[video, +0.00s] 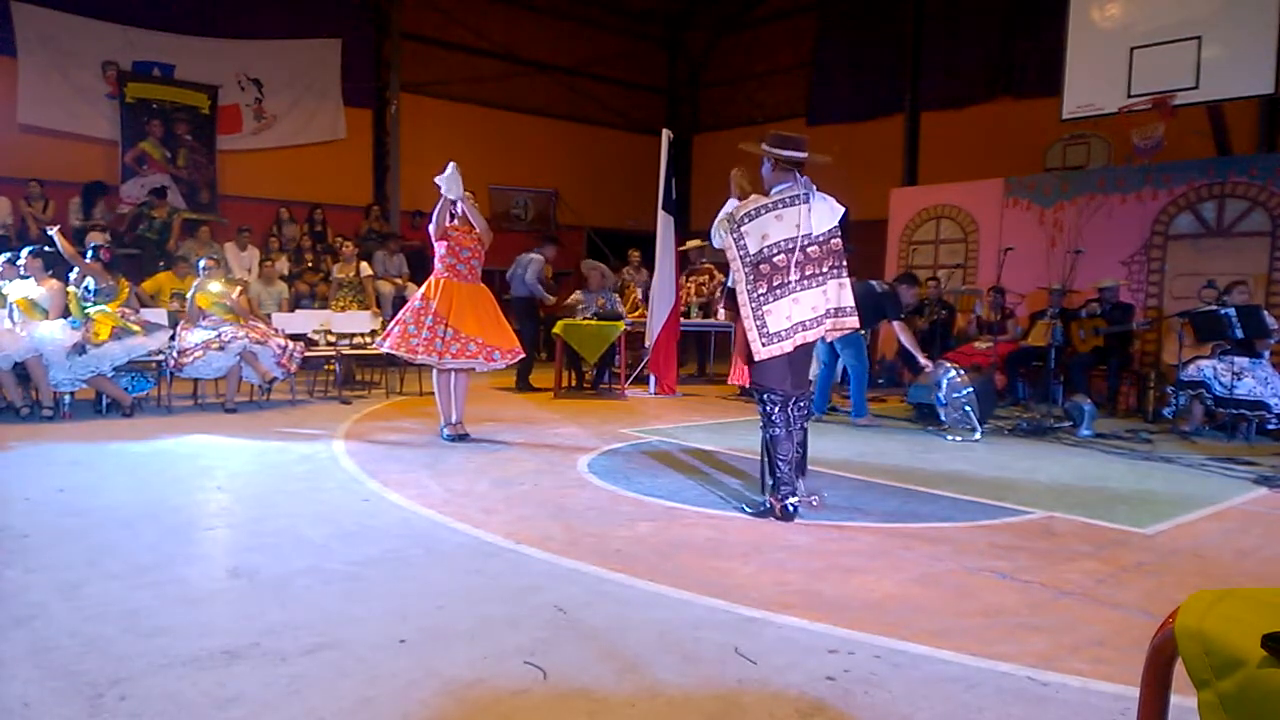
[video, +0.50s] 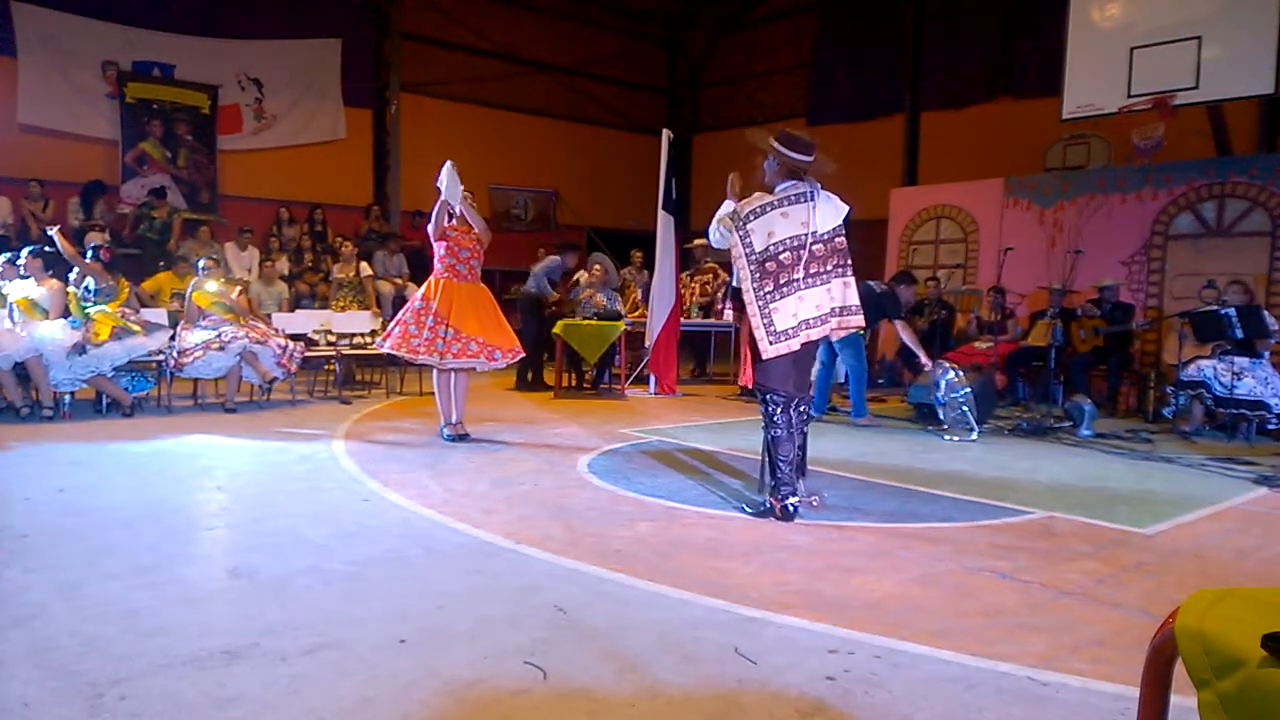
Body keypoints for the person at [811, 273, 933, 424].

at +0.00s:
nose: (913, 301)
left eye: (915, 296)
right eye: (913, 295)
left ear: (900, 285)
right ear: (903, 288)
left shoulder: (879, 286)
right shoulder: (891, 296)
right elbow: (900, 329)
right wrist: (920, 356)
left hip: (826, 318)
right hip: (846, 325)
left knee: (826, 367)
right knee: (858, 367)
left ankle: (818, 409)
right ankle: (860, 414)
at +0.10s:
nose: (913, 299)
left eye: (915, 295)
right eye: (913, 294)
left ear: (899, 284)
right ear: (903, 287)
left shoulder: (878, 286)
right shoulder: (890, 296)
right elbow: (900, 329)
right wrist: (920, 356)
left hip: (827, 319)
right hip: (846, 326)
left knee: (826, 367)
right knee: (858, 368)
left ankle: (818, 410)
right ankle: (860, 414)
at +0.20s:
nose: (913, 299)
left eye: (915, 294)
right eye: (913, 293)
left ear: (898, 284)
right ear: (903, 287)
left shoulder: (876, 286)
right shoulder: (890, 297)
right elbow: (901, 329)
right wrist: (922, 356)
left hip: (826, 319)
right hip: (846, 326)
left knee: (826, 367)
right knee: (858, 368)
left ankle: (818, 409)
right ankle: (860, 414)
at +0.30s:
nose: (913, 298)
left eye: (914, 293)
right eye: (912, 292)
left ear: (897, 284)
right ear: (903, 287)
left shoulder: (875, 286)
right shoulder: (890, 296)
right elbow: (901, 328)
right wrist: (922, 355)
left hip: (826, 320)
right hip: (847, 326)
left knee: (826, 367)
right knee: (858, 368)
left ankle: (818, 409)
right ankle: (860, 414)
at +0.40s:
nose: (913, 298)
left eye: (914, 293)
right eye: (912, 292)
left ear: (896, 284)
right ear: (902, 288)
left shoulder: (875, 286)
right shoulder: (889, 296)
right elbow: (902, 328)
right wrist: (922, 355)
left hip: (826, 319)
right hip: (846, 325)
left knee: (825, 366)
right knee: (858, 368)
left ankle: (818, 409)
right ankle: (860, 414)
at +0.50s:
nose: (913, 298)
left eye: (914, 293)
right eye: (912, 293)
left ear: (897, 285)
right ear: (902, 288)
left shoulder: (875, 287)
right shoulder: (889, 297)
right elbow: (902, 328)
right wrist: (922, 355)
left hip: (826, 317)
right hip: (845, 324)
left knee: (825, 365)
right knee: (857, 367)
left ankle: (817, 408)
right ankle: (860, 414)